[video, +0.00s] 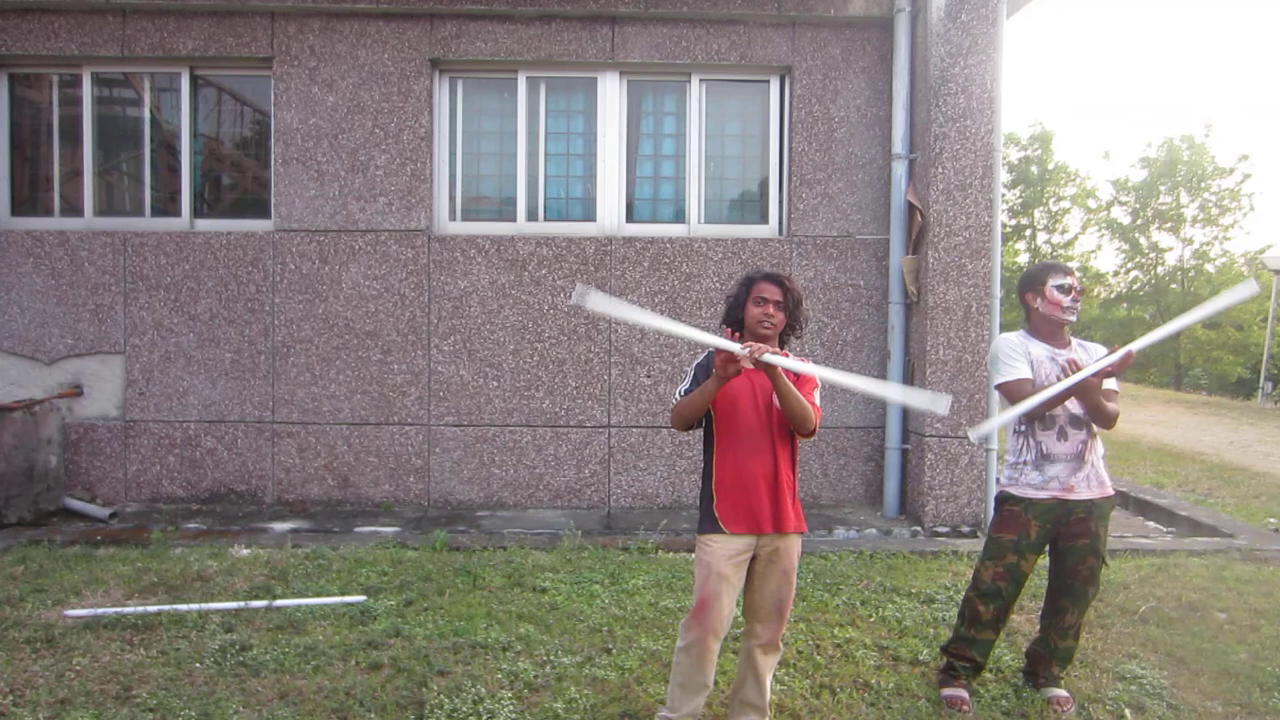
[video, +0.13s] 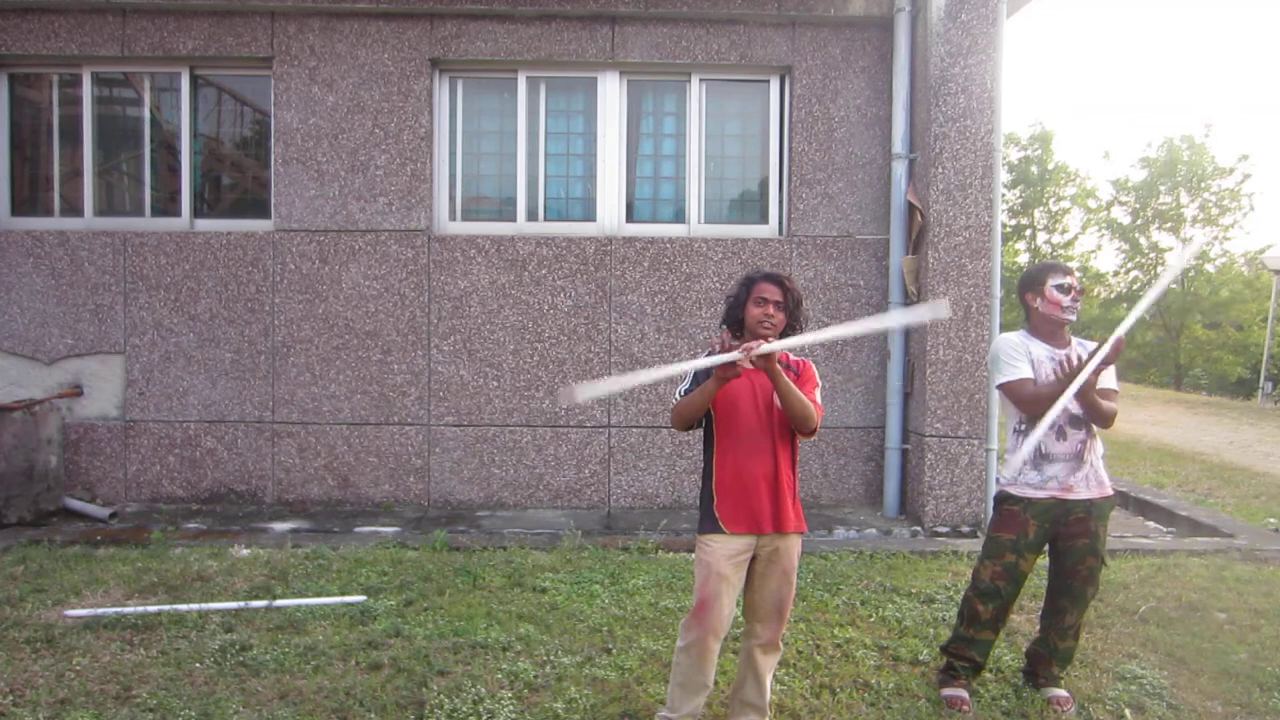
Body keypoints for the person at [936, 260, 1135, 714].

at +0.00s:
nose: (1074, 298)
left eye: (1078, 292)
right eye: (1063, 289)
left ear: (1079, 303)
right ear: (1032, 298)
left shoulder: (1095, 353)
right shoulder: (1008, 346)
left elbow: (1109, 418)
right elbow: (1030, 407)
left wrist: (1083, 386)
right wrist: (1099, 372)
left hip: (1088, 494)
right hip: (1027, 492)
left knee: (1076, 592)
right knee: (994, 584)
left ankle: (1045, 671)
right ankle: (957, 674)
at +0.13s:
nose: (1073, 297)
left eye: (1077, 292)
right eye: (1063, 288)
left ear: (1079, 304)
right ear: (1032, 298)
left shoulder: (1095, 352)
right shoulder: (1009, 345)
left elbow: (1107, 417)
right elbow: (1030, 401)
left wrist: (1079, 386)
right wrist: (1094, 363)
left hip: (1086, 494)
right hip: (1026, 492)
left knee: (1075, 592)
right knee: (993, 584)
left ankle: (1045, 671)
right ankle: (957, 673)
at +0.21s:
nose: (1073, 297)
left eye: (1076, 292)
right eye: (1062, 288)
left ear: (1078, 304)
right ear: (1032, 297)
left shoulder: (1095, 349)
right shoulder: (1009, 345)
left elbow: (1105, 415)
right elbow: (1031, 401)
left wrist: (1077, 382)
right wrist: (1084, 362)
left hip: (1085, 493)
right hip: (1026, 490)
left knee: (1075, 591)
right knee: (993, 583)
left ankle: (1045, 670)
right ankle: (957, 674)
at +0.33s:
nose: (1071, 297)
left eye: (1074, 291)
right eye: (1060, 289)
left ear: (1077, 302)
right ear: (1031, 298)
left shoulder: (1096, 352)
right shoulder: (1008, 345)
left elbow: (1098, 414)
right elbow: (1029, 403)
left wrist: (1079, 373)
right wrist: (1072, 366)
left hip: (1085, 494)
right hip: (1025, 491)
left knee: (1075, 591)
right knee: (992, 583)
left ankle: (1045, 671)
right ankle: (957, 674)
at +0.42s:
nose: (1063, 300)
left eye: (1069, 292)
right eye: (1053, 292)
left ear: (1076, 299)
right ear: (1029, 299)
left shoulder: (1096, 352)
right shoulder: (1007, 346)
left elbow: (1099, 415)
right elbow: (1026, 404)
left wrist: (1083, 377)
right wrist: (1071, 370)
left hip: (1085, 493)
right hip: (1025, 491)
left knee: (1075, 591)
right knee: (992, 583)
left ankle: (1045, 671)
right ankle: (957, 674)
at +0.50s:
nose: (1070, 299)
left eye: (1075, 295)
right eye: (1060, 290)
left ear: (1078, 304)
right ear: (1030, 297)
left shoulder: (1095, 354)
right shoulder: (1007, 347)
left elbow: (1099, 417)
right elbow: (1021, 407)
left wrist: (1086, 378)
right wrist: (1069, 372)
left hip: (1085, 494)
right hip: (1025, 491)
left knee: (1074, 592)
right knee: (991, 583)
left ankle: (1045, 670)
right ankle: (957, 674)